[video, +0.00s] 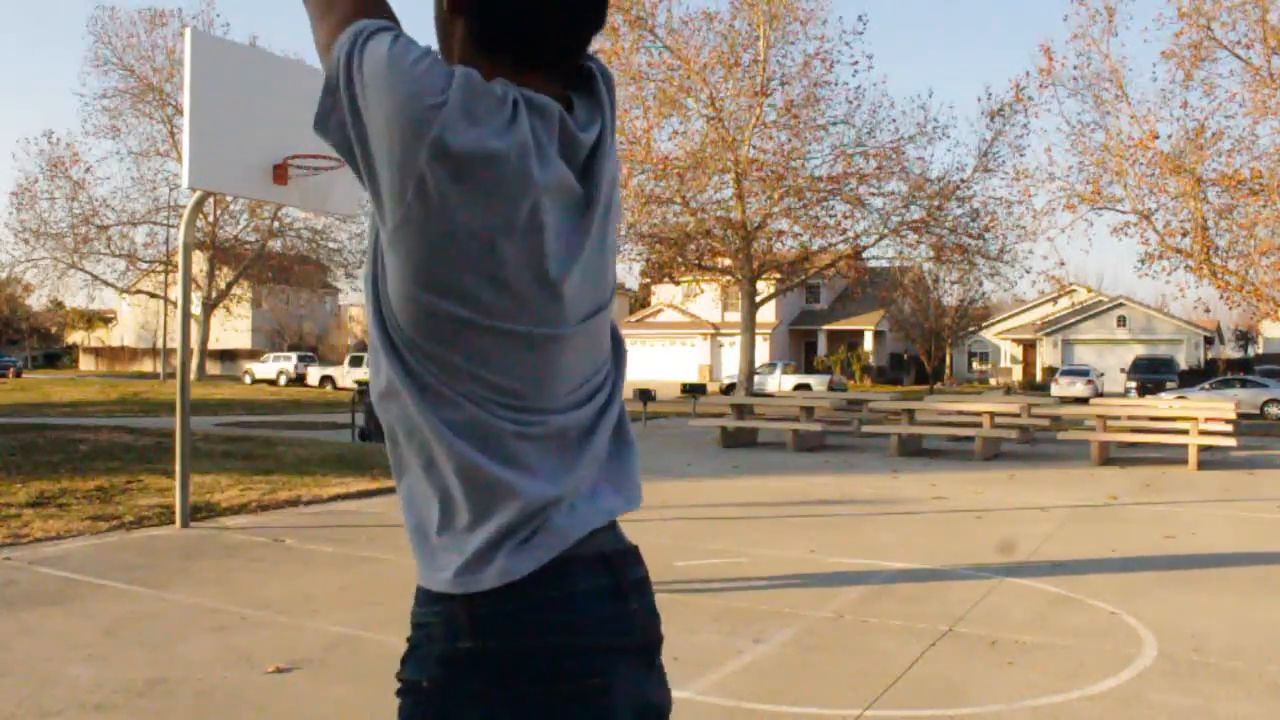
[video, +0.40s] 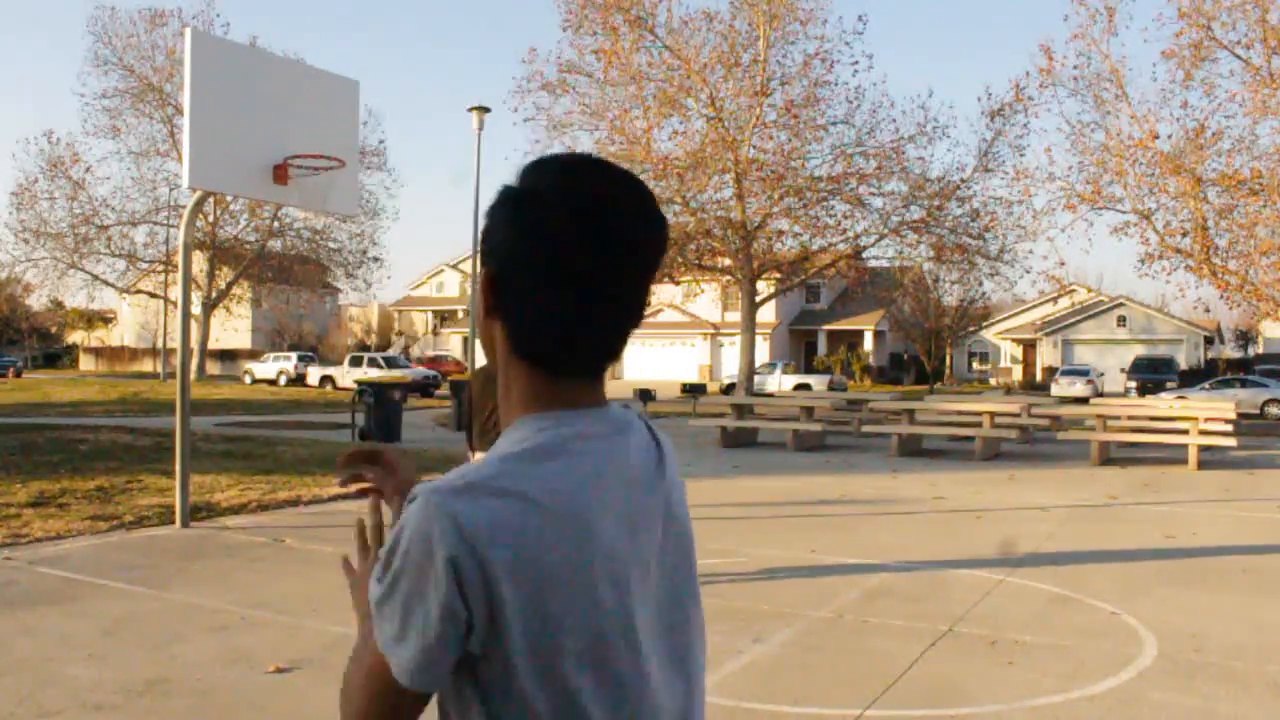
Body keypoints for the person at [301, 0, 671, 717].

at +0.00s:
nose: (438, 19)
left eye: (441, 11)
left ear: (455, 13)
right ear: (580, 28)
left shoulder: (424, 115)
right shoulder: (588, 119)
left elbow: (340, 7)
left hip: (486, 611)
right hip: (608, 587)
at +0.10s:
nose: (459, 62)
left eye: (459, 47)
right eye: (462, 38)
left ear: (470, 72)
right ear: (613, 80)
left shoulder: (449, 203)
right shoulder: (606, 193)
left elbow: (354, 45)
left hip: (513, 690)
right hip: (624, 665)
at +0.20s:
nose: (474, 246)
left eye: (476, 229)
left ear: (482, 256)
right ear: (622, 259)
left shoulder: (462, 384)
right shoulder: (624, 360)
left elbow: (380, 223)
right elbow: (507, 177)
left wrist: (381, 75)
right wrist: (437, 18)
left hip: (510, 710)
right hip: (652, 688)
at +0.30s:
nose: (473, 349)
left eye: (478, 335)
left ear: (488, 359)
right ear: (627, 368)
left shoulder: (475, 531)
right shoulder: (641, 484)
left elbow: (347, 462)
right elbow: (489, 379)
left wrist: (403, 300)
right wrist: (460, 238)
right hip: (651, 707)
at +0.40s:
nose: (474, 297)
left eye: (476, 275)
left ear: (487, 295)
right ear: (637, 306)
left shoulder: (453, 518)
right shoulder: (648, 451)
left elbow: (373, 709)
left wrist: (370, 613)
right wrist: (418, 499)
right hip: (664, 705)